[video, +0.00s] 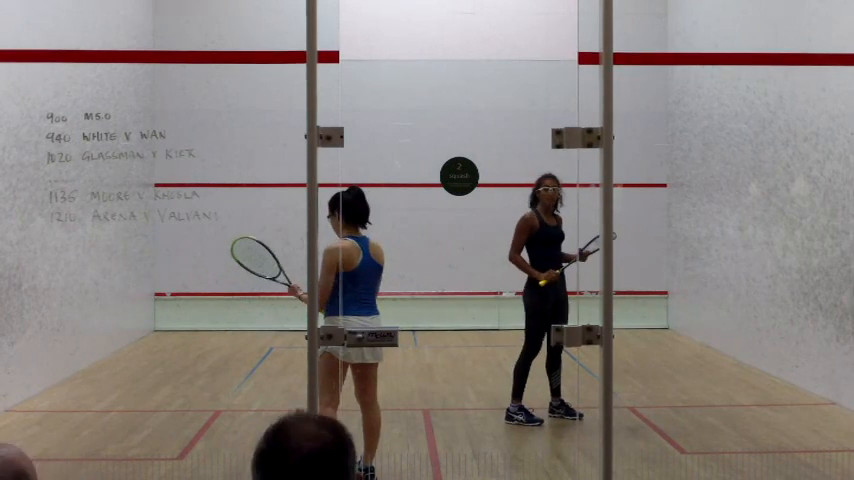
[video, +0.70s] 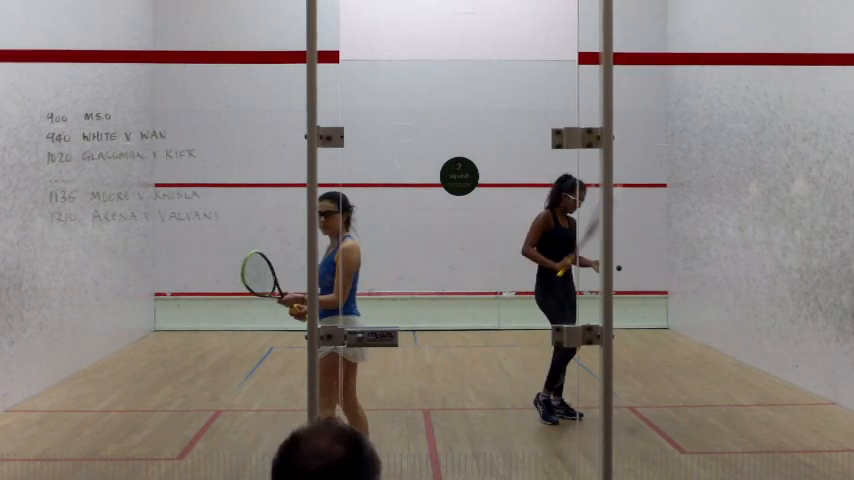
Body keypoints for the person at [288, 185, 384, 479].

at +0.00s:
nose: (330, 222)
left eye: (331, 216)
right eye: (330, 216)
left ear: (338, 216)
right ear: (362, 216)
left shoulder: (335, 252)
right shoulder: (377, 250)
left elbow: (320, 302)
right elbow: (369, 295)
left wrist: (302, 295)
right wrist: (315, 295)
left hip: (337, 333)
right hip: (370, 332)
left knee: (328, 403)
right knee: (368, 401)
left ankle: (324, 466)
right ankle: (367, 465)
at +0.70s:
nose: (322, 220)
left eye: (328, 214)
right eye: (319, 215)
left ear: (344, 216)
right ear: (317, 216)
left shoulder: (348, 248)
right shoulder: (335, 248)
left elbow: (339, 299)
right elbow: (329, 296)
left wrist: (301, 299)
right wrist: (306, 309)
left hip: (338, 328)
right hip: (336, 327)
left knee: (325, 402)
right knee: (348, 399)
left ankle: (324, 460)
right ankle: (364, 455)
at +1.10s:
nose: (302, 228)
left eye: (303, 222)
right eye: (302, 222)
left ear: (312, 222)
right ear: (327, 221)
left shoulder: (324, 254)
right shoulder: (340, 250)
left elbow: (316, 304)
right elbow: (319, 305)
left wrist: (278, 301)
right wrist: (285, 319)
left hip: (339, 336)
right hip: (360, 333)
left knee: (317, 404)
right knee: (356, 394)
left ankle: (325, 464)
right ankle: (379, 458)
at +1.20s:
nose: (301, 232)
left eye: (302, 226)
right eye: (301, 226)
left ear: (308, 227)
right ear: (326, 225)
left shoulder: (322, 254)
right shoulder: (342, 252)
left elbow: (315, 311)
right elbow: (326, 308)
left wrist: (282, 317)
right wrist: (290, 318)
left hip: (347, 336)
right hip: (368, 333)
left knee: (316, 404)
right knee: (363, 396)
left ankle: (326, 464)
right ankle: (384, 459)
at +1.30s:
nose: (303, 239)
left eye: (303, 233)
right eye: (304, 233)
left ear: (307, 235)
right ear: (328, 230)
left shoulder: (321, 261)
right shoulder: (349, 256)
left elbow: (325, 314)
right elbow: (351, 308)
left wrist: (298, 326)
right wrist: (311, 324)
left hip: (358, 337)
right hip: (379, 333)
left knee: (321, 400)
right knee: (366, 396)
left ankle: (325, 463)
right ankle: (385, 460)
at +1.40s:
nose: (303, 246)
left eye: (302, 240)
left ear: (305, 240)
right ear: (329, 236)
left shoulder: (320, 266)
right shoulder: (348, 258)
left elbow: (332, 317)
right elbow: (349, 313)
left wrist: (313, 340)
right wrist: (313, 329)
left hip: (363, 338)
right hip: (386, 333)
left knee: (327, 401)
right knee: (369, 395)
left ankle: (326, 465)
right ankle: (385, 460)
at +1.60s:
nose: (338, 245)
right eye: (336, 241)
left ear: (307, 251)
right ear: (332, 244)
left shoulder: (317, 270)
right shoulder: (355, 262)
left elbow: (332, 318)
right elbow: (361, 305)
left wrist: (330, 342)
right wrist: (332, 336)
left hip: (363, 338)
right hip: (393, 334)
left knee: (328, 401)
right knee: (377, 396)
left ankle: (328, 465)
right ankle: (385, 461)